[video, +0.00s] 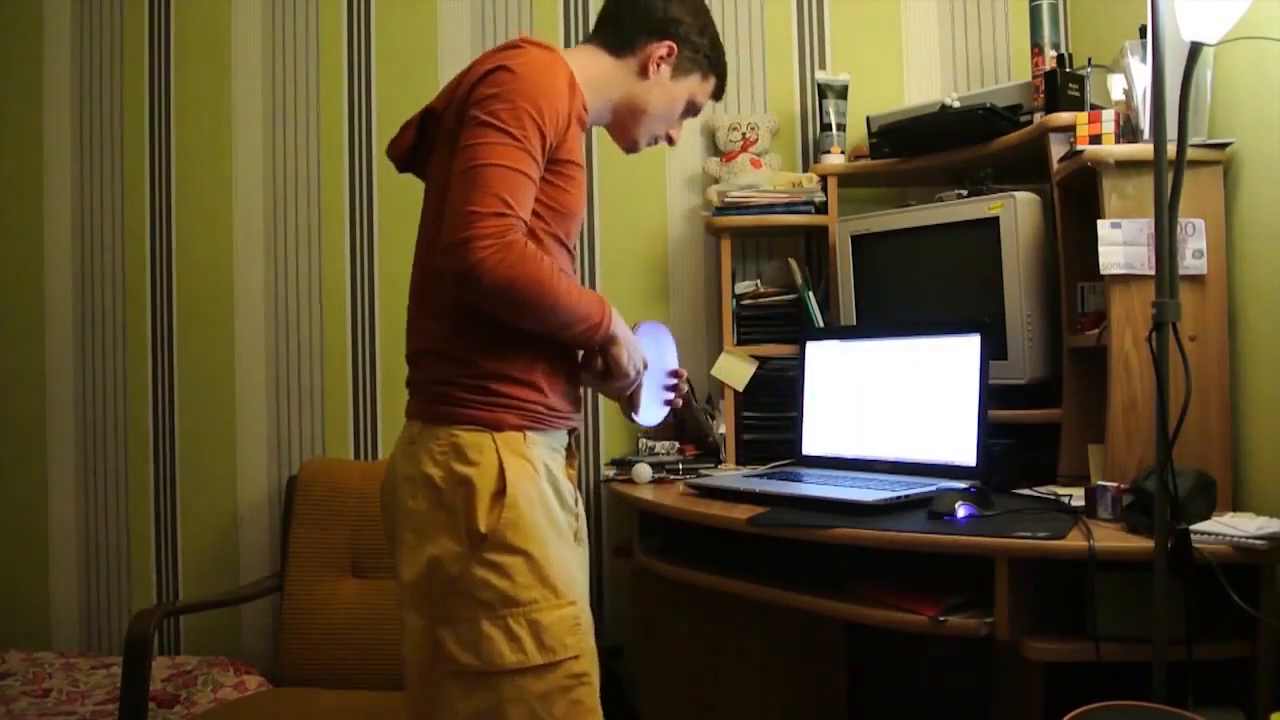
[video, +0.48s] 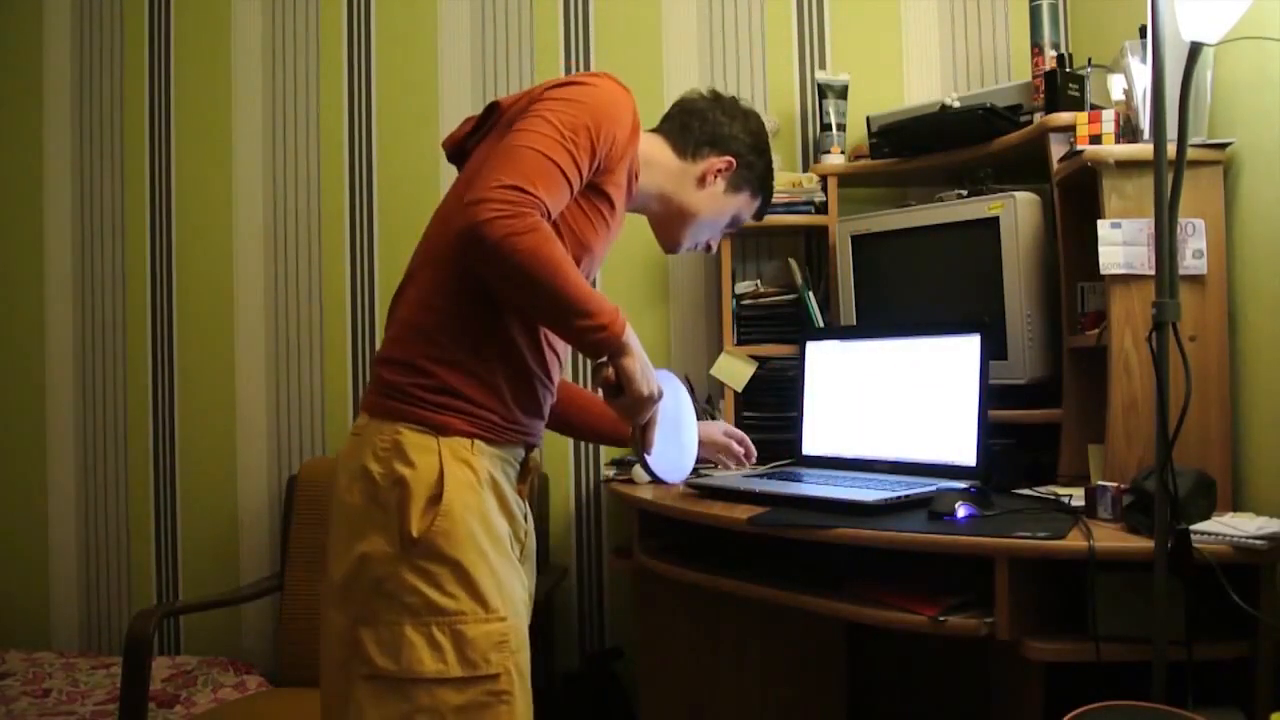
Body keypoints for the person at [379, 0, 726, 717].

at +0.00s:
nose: (676, 132)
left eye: (688, 117)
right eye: (687, 107)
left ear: (651, 61)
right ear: (660, 59)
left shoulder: (555, 106)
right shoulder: (530, 75)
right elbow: (487, 251)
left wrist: (612, 363)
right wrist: (605, 330)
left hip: (514, 464)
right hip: (485, 470)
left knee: (512, 704)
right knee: (538, 706)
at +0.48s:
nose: (715, 243)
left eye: (729, 232)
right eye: (731, 222)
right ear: (716, 172)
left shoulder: (593, 207)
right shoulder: (603, 102)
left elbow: (526, 382)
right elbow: (498, 213)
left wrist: (674, 432)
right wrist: (618, 341)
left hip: (482, 478)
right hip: (433, 474)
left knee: (483, 700)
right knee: (465, 705)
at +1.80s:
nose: (725, 230)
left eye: (740, 217)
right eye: (742, 207)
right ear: (724, 161)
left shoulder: (599, 200)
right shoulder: (602, 99)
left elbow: (518, 378)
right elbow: (486, 208)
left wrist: (637, 440)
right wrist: (618, 334)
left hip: (489, 475)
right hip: (432, 471)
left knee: (512, 700)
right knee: (468, 705)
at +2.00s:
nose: (725, 224)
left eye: (741, 211)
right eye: (742, 201)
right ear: (720, 155)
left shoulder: (597, 199)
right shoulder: (597, 97)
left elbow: (506, 363)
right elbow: (482, 209)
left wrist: (610, 448)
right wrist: (617, 332)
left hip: (489, 475)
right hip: (430, 472)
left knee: (512, 700)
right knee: (469, 705)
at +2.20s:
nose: (724, 221)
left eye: (740, 206)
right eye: (741, 195)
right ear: (717, 148)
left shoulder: (589, 199)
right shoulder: (588, 94)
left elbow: (506, 365)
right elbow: (474, 209)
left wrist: (604, 455)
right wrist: (610, 328)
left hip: (488, 474)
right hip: (427, 471)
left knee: (511, 701)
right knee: (466, 706)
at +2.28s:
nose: (723, 220)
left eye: (739, 204)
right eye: (740, 193)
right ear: (714, 145)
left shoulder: (588, 200)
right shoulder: (584, 94)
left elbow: (505, 365)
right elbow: (469, 210)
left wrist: (604, 456)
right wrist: (607, 329)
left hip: (488, 474)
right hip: (427, 472)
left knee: (511, 701)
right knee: (467, 706)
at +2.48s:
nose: (718, 208)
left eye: (733, 191)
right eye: (733, 180)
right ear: (704, 132)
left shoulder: (581, 192)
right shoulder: (569, 94)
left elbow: (483, 366)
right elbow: (457, 215)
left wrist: (590, 446)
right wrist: (601, 329)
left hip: (485, 476)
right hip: (421, 476)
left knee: (513, 705)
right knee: (462, 707)